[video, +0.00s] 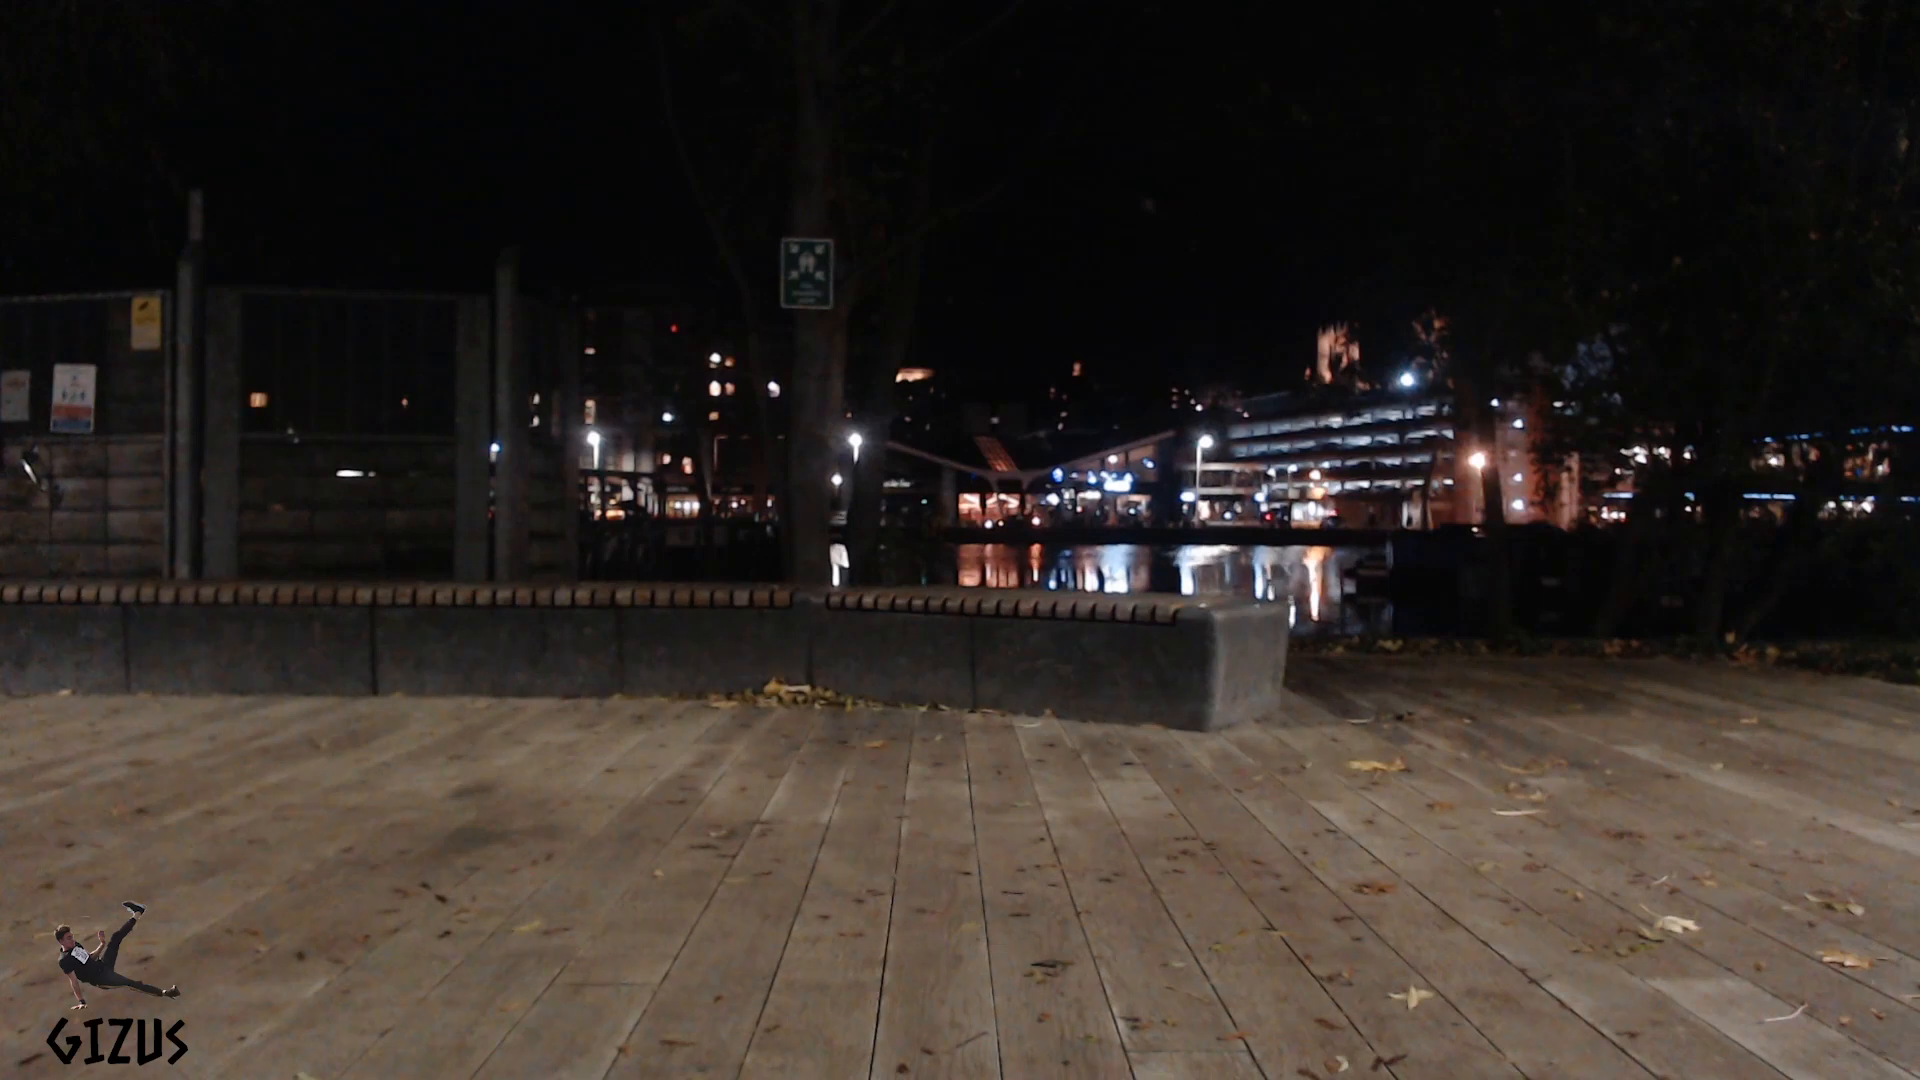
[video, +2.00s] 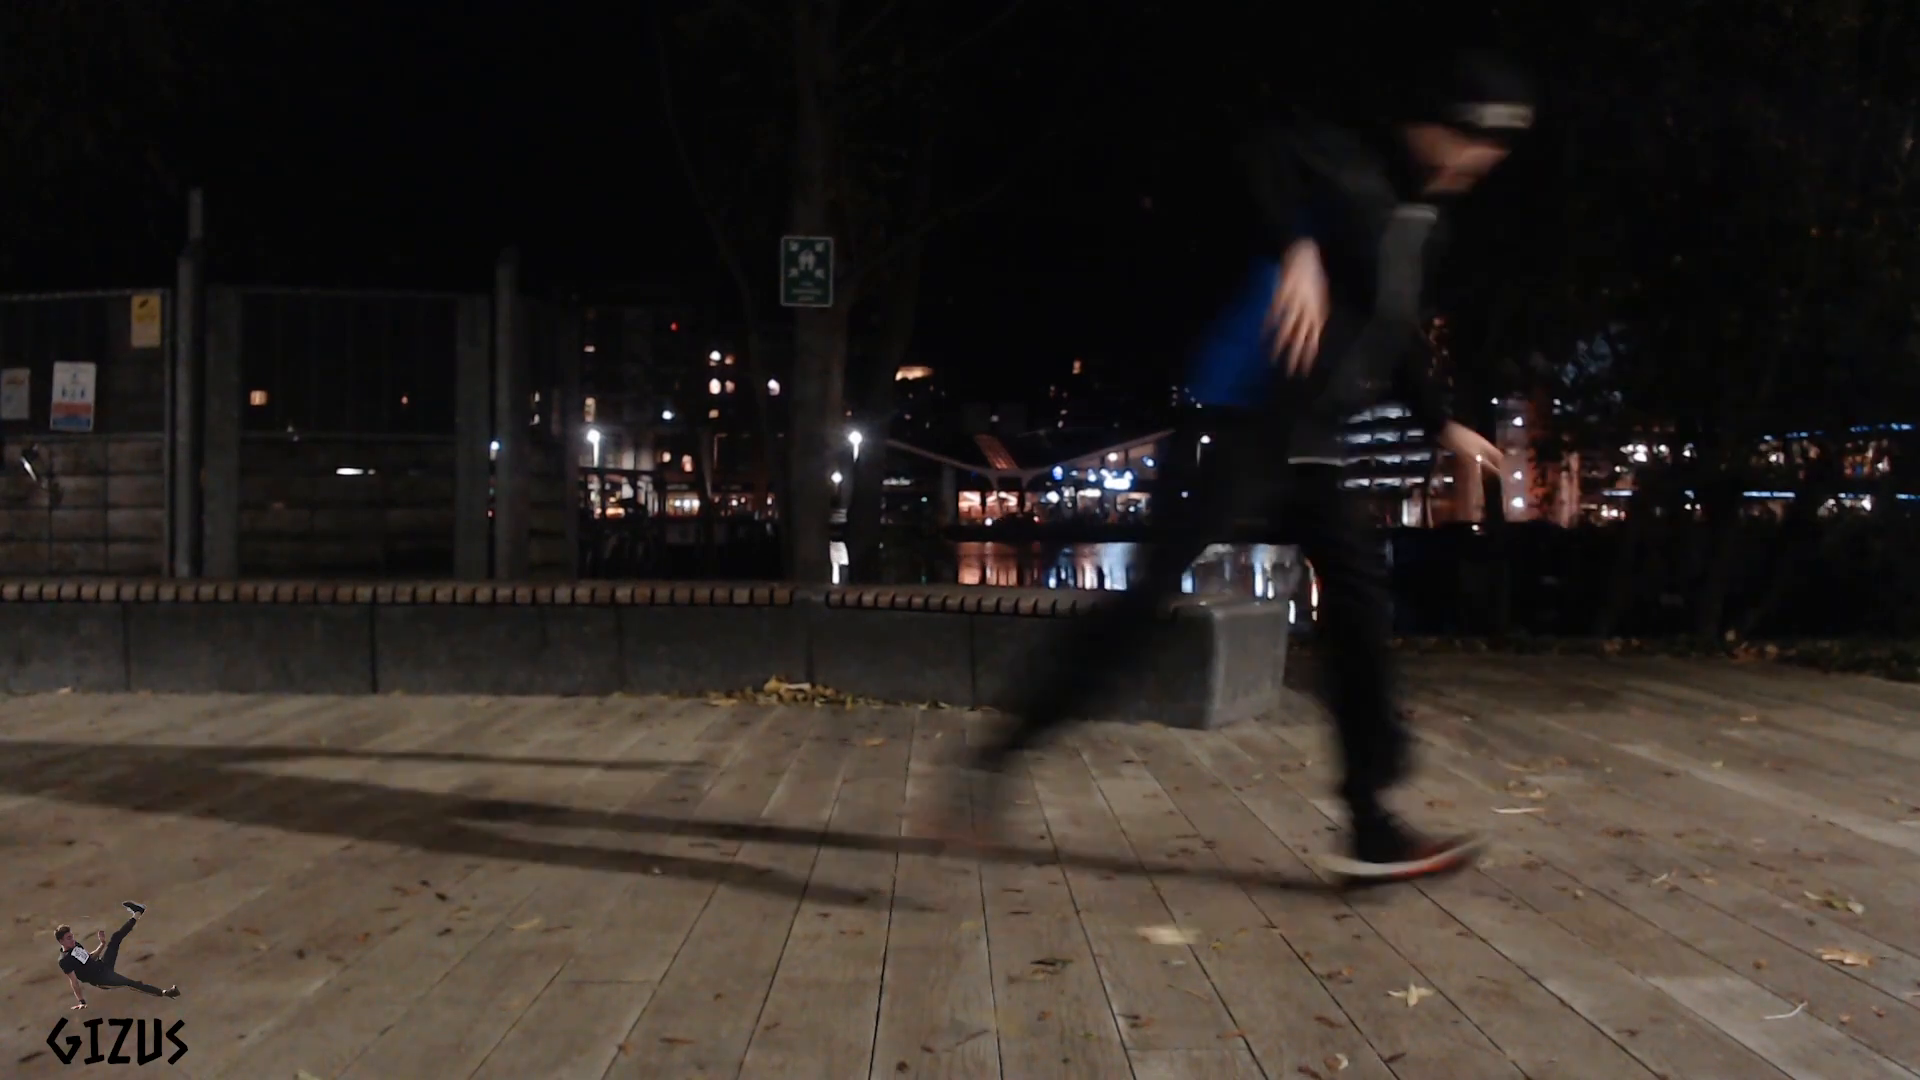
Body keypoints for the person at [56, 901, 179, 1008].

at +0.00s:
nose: (72, 939)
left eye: (72, 936)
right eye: (69, 938)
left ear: (70, 937)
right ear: (61, 941)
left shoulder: (75, 946)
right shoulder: (64, 960)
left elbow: (91, 957)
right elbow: (74, 982)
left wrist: (102, 944)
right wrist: (81, 1001)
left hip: (104, 964)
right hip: (102, 978)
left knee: (115, 939)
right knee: (132, 983)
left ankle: (135, 916)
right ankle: (164, 993)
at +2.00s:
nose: (72, 939)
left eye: (72, 936)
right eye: (69, 938)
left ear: (71, 936)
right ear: (61, 941)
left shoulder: (76, 946)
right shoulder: (64, 960)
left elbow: (91, 957)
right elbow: (74, 982)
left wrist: (102, 945)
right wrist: (81, 1001)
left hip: (104, 964)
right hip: (102, 978)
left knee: (115, 939)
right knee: (132, 983)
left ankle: (136, 916)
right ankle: (165, 993)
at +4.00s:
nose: (73, 938)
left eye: (72, 936)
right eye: (69, 937)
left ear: (70, 937)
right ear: (61, 941)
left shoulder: (75, 946)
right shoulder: (64, 960)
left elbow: (91, 957)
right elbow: (74, 982)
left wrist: (102, 944)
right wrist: (81, 1001)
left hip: (104, 965)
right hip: (102, 977)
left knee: (115, 939)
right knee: (133, 983)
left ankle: (136, 917)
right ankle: (165, 993)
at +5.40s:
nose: (72, 939)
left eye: (71, 936)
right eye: (68, 938)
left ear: (71, 937)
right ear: (61, 942)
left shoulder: (76, 946)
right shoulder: (64, 960)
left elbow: (91, 958)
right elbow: (74, 982)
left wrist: (102, 945)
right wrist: (81, 1002)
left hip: (104, 964)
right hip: (102, 978)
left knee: (116, 938)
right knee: (132, 983)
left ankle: (136, 916)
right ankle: (164, 993)